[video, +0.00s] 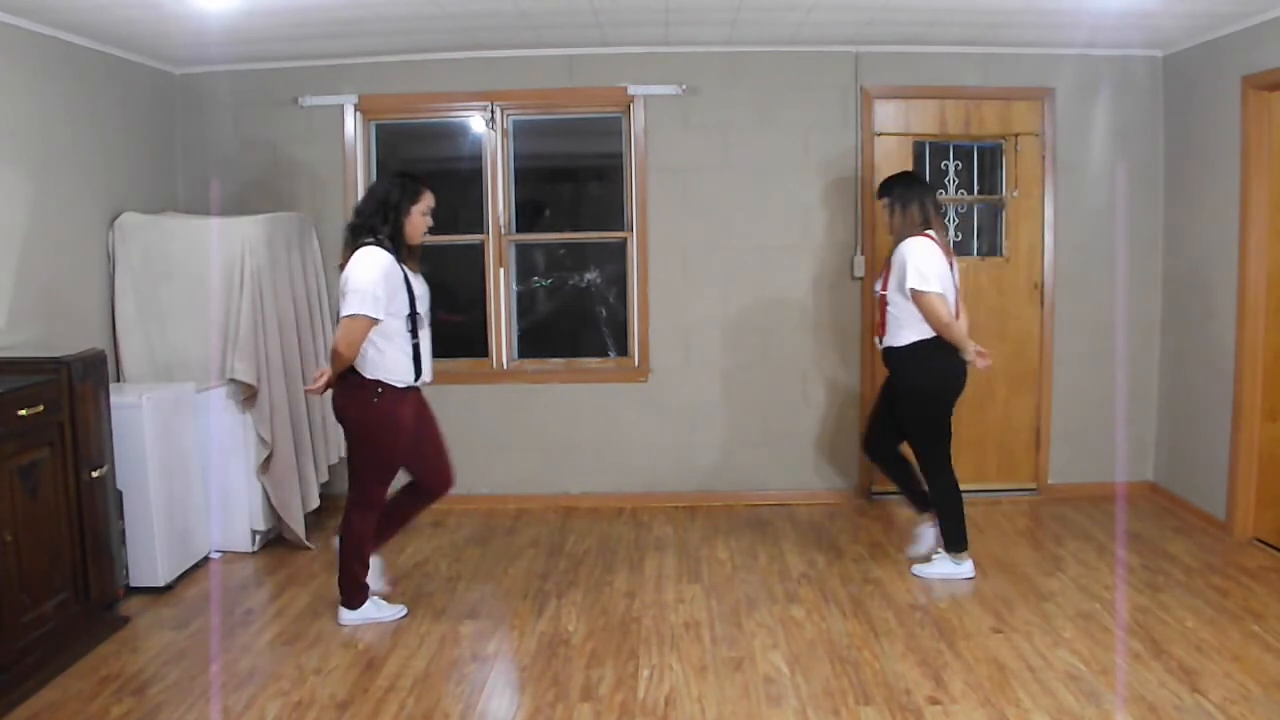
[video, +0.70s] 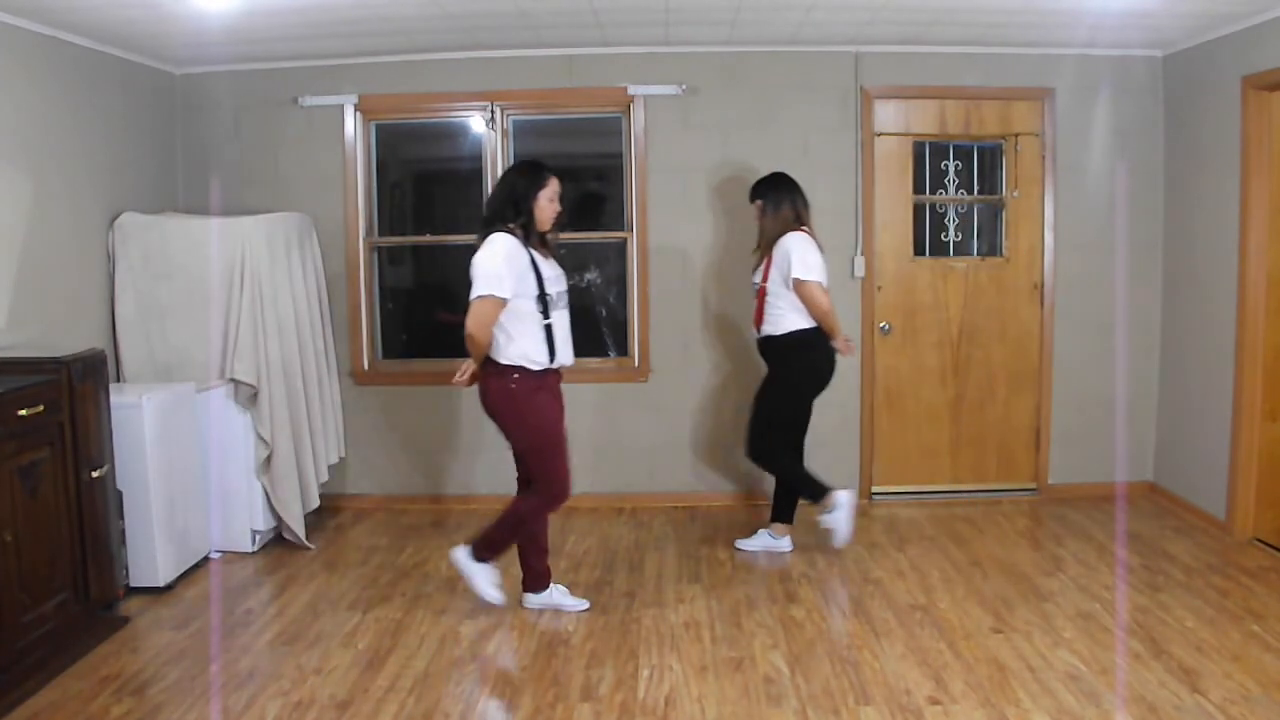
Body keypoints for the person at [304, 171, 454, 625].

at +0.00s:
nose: (430, 223)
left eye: (431, 214)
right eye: (424, 213)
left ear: (403, 215)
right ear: (398, 213)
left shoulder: (398, 263)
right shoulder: (372, 262)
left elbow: (372, 334)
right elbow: (344, 348)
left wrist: (335, 369)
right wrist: (335, 372)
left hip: (401, 394)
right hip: (371, 397)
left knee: (434, 480)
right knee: (367, 500)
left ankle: (365, 546)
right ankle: (353, 602)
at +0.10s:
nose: (446, 225)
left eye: (447, 216)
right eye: (441, 215)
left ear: (422, 217)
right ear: (415, 214)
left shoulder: (415, 264)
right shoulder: (383, 263)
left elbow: (387, 332)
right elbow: (354, 344)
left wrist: (349, 367)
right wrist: (353, 369)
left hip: (419, 398)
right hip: (384, 400)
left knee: (460, 475)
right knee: (370, 502)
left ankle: (420, 567)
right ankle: (353, 601)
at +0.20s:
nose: (464, 229)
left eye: (466, 220)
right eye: (459, 219)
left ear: (444, 222)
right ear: (433, 217)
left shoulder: (437, 269)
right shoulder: (399, 266)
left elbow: (415, 339)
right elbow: (369, 345)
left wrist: (366, 368)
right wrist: (369, 367)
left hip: (440, 403)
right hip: (401, 405)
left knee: (474, 483)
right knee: (378, 502)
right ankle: (354, 600)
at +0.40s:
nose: (506, 225)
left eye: (507, 216)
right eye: (500, 215)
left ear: (491, 217)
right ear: (475, 215)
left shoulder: (485, 266)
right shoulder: (445, 265)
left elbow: (471, 339)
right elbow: (419, 346)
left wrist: (418, 370)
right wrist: (418, 372)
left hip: (489, 404)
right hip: (451, 407)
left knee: (508, 498)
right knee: (425, 499)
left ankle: (536, 588)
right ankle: (367, 586)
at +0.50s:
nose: (527, 214)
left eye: (527, 205)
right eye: (519, 206)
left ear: (513, 209)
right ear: (494, 207)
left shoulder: (506, 257)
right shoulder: (469, 255)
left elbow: (491, 323)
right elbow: (446, 334)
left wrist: (445, 361)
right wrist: (447, 362)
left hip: (512, 392)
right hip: (476, 394)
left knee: (522, 493)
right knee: (475, 497)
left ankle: (536, 588)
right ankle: (395, 568)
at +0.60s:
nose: (544, 209)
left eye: (544, 200)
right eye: (536, 200)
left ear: (524, 203)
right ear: (511, 201)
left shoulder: (521, 252)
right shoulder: (486, 250)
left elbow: (508, 321)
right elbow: (465, 331)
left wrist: (463, 361)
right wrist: (464, 361)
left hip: (530, 384)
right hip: (498, 386)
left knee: (533, 490)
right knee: (522, 490)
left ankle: (537, 587)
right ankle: (435, 553)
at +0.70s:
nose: (557, 209)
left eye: (558, 200)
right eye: (551, 199)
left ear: (539, 201)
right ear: (525, 200)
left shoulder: (534, 250)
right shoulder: (500, 248)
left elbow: (519, 319)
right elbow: (477, 326)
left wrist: (481, 360)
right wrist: (480, 360)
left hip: (540, 381)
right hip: (515, 383)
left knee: (535, 486)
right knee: (553, 488)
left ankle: (537, 587)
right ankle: (477, 555)